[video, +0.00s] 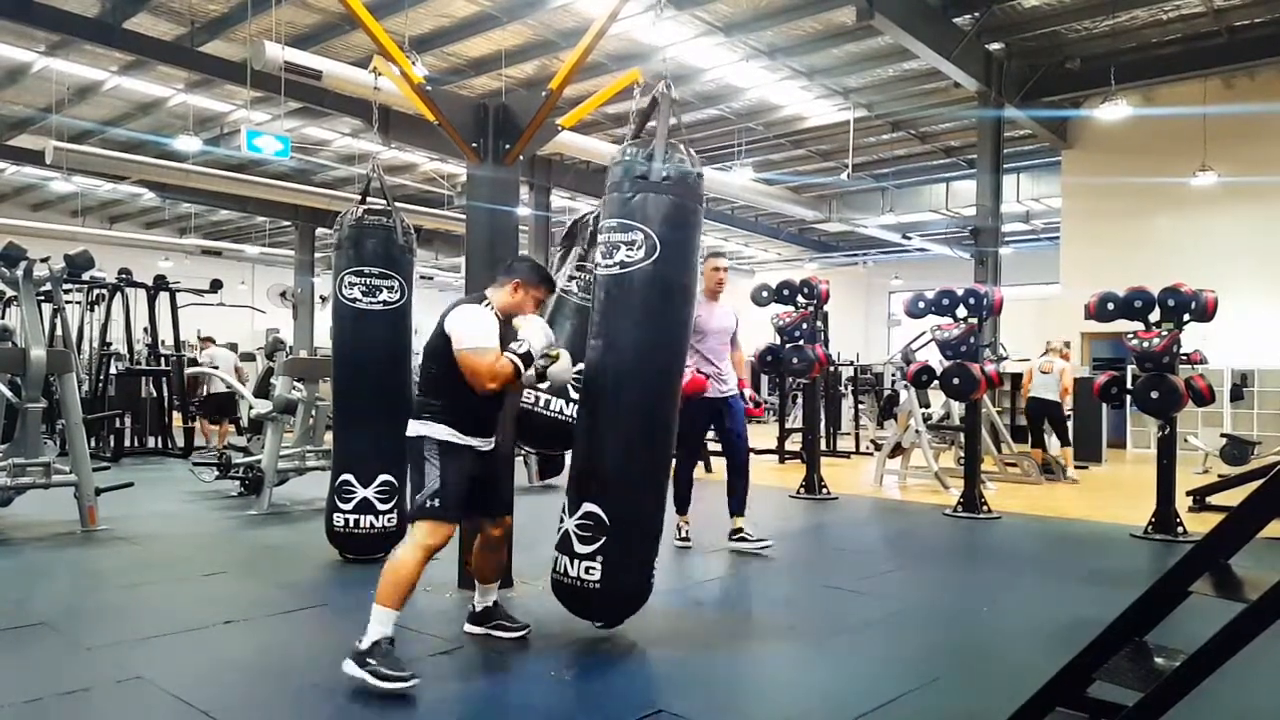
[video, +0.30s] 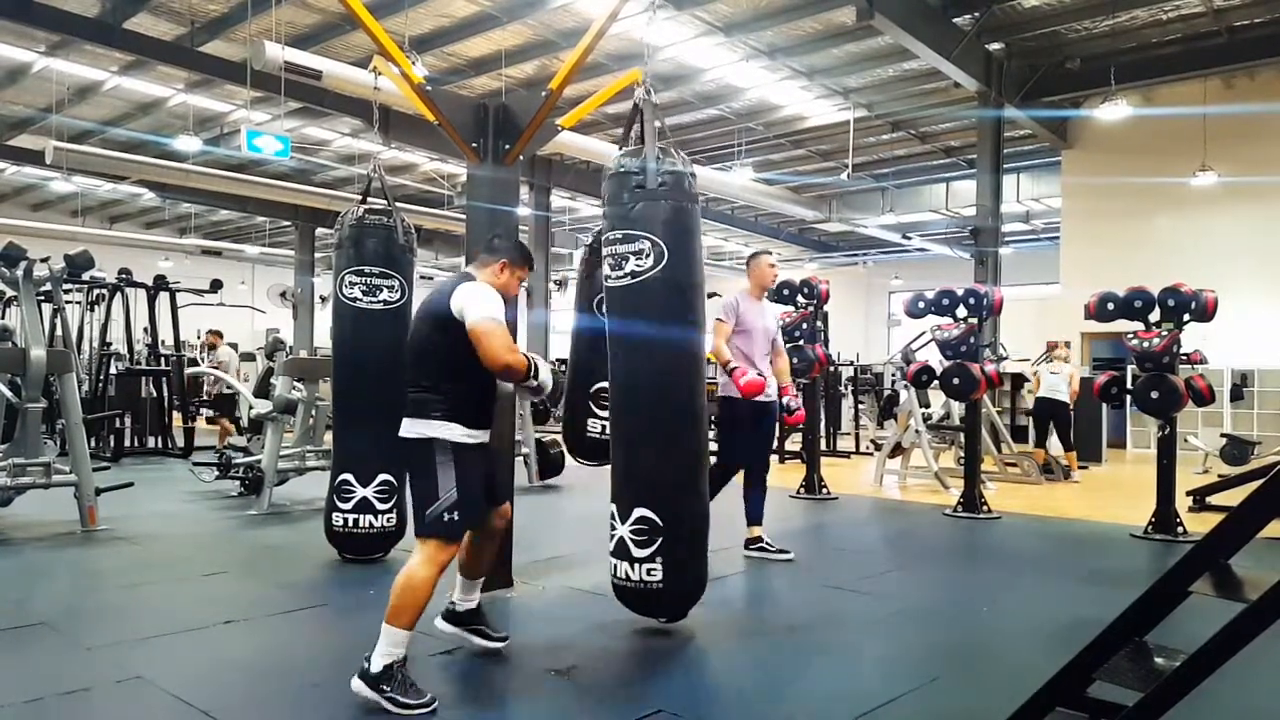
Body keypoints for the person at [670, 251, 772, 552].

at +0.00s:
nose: (721, 275)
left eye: (725, 270)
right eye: (716, 270)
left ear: (727, 276)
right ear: (702, 274)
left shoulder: (730, 314)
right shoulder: (690, 309)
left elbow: (736, 351)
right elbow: (674, 349)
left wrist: (744, 384)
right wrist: (681, 379)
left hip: (729, 395)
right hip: (695, 396)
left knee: (739, 456)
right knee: (686, 459)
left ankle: (738, 525)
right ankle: (682, 521)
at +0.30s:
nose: (777, 272)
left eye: (777, 267)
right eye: (771, 266)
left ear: (768, 273)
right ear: (752, 269)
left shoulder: (772, 312)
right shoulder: (733, 303)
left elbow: (779, 356)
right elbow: (717, 344)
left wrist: (788, 392)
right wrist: (736, 371)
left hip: (766, 400)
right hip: (735, 399)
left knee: (759, 467)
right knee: (728, 464)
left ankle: (754, 536)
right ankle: (689, 509)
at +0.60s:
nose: (825, 270)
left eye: (824, 264)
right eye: (821, 263)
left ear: (808, 268)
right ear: (806, 267)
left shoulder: (813, 308)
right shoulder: (778, 301)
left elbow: (817, 354)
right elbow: (753, 346)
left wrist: (834, 389)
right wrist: (751, 392)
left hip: (803, 394)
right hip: (783, 393)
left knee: (777, 462)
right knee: (806, 465)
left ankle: (757, 535)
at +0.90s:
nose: (879, 270)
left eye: (878, 265)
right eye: (877, 265)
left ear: (858, 267)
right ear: (865, 268)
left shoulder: (857, 304)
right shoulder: (835, 303)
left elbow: (856, 360)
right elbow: (822, 353)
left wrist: (867, 400)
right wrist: (825, 397)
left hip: (856, 398)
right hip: (843, 399)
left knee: (847, 471)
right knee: (855, 473)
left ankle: (790, 516)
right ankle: (861, 551)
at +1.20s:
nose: (927, 269)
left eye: (926, 263)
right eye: (926, 263)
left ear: (899, 261)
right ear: (920, 263)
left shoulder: (900, 296)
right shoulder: (896, 295)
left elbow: (913, 349)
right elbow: (913, 347)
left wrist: (946, 367)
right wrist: (949, 370)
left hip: (905, 400)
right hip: (891, 401)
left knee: (934, 467)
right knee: (880, 475)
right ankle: (863, 551)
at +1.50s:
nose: (998, 266)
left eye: (998, 260)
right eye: (997, 260)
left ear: (971, 260)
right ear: (988, 261)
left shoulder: (970, 296)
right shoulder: (961, 294)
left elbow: (965, 354)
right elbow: (960, 352)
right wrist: (994, 387)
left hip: (971, 404)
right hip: (960, 406)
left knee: (978, 481)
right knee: (966, 482)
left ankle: (983, 562)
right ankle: (896, 533)